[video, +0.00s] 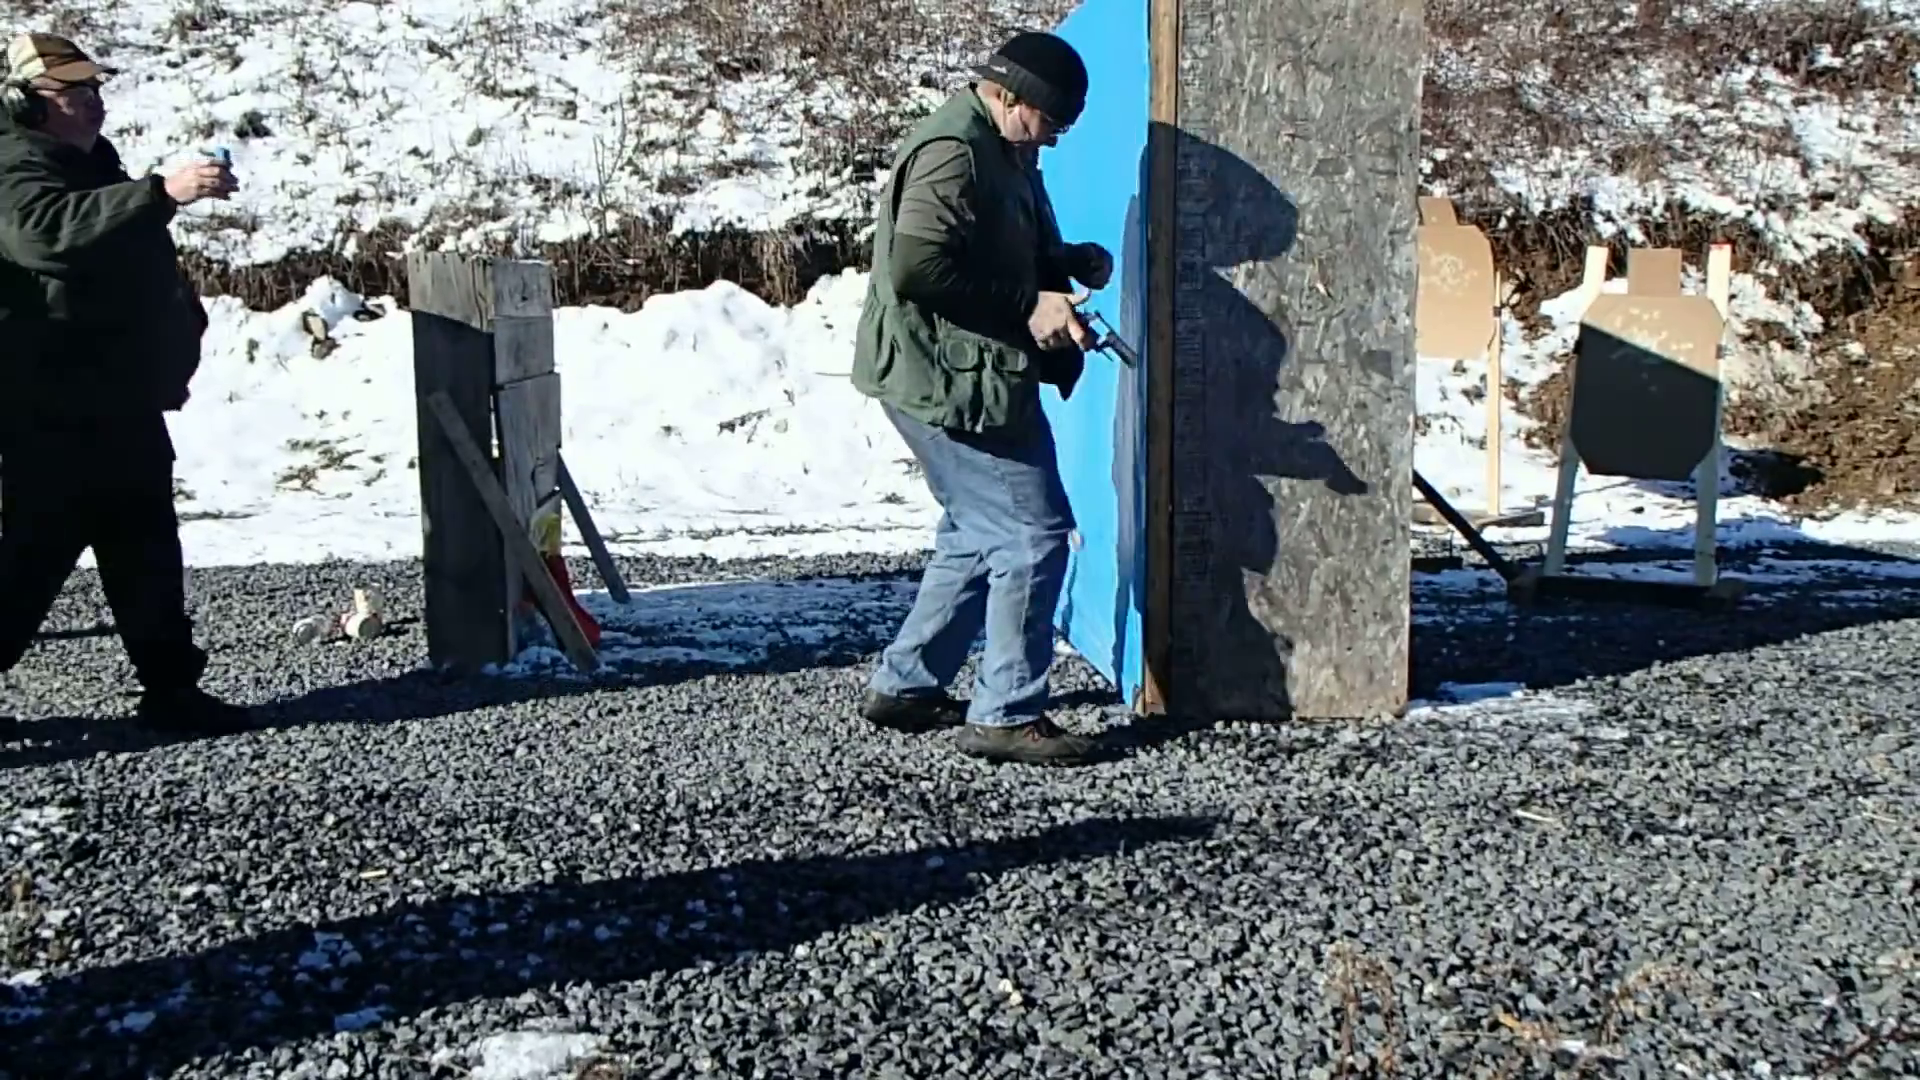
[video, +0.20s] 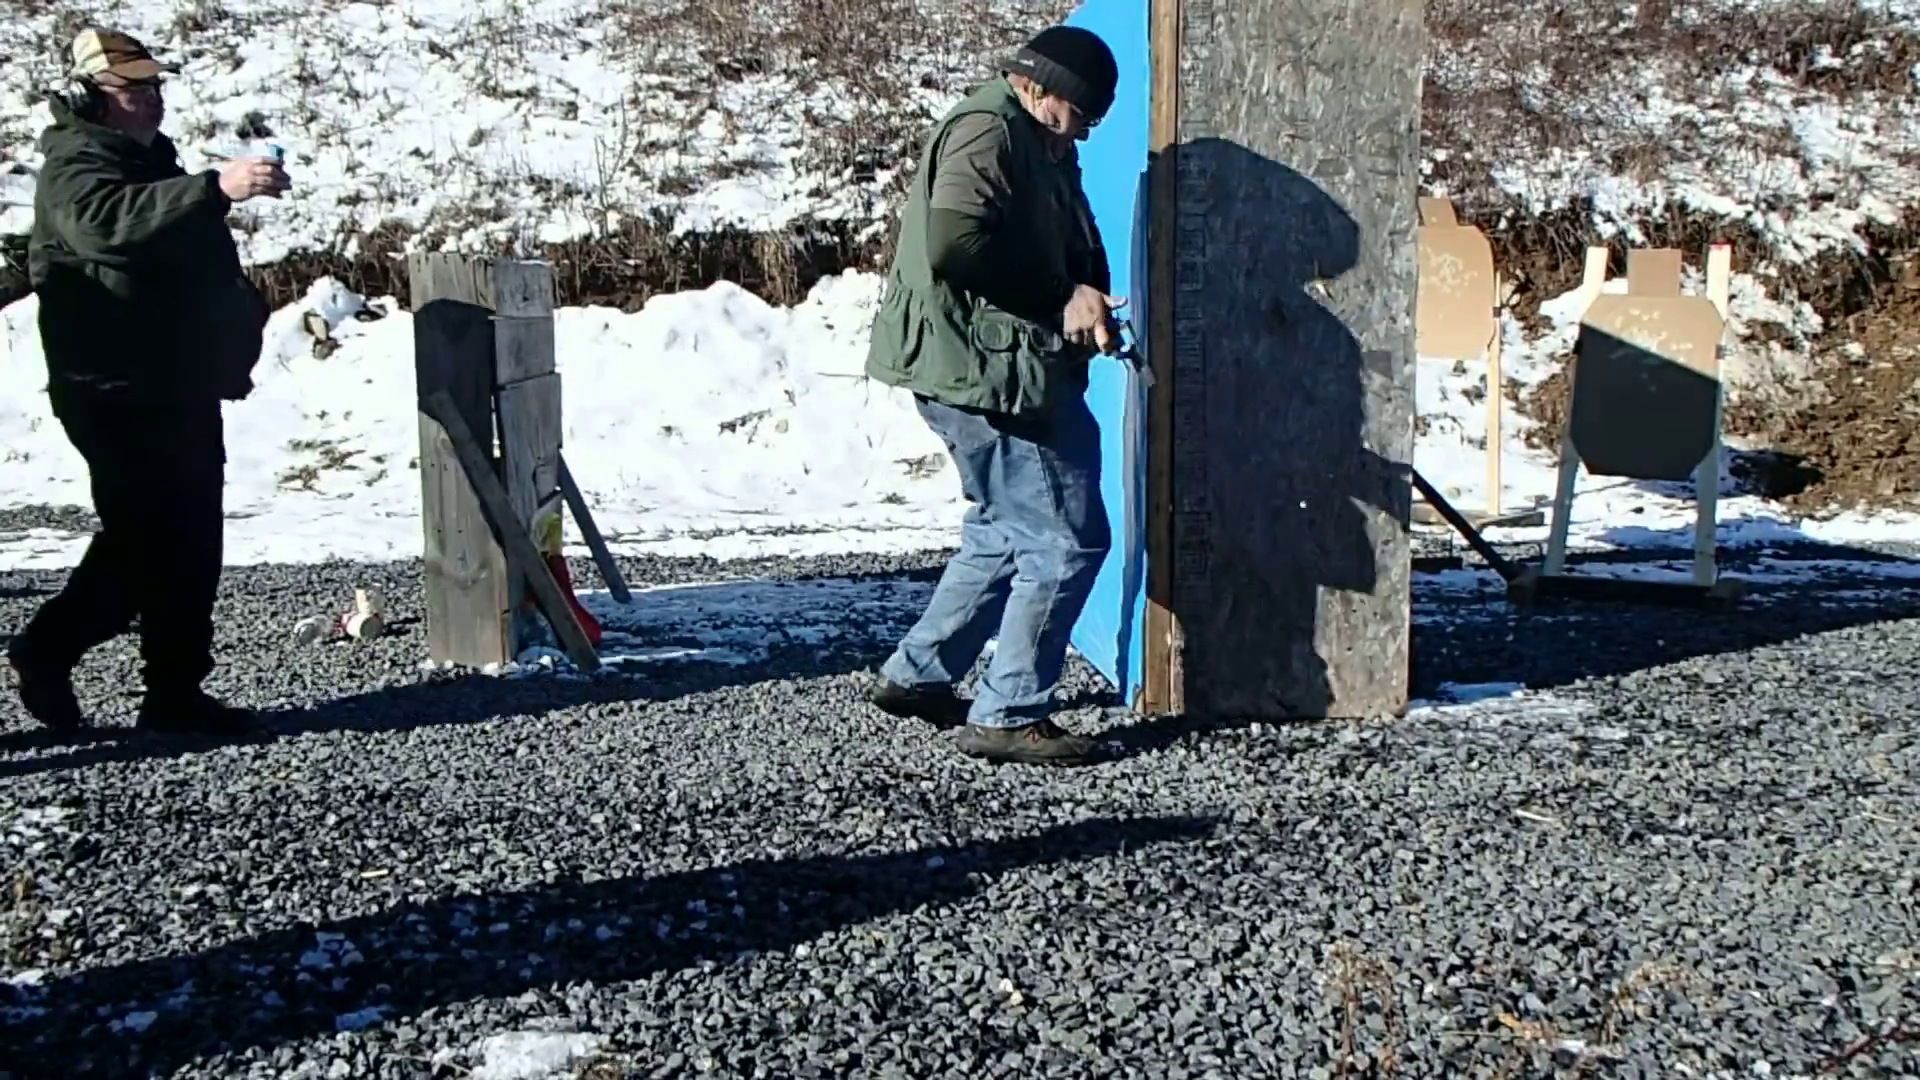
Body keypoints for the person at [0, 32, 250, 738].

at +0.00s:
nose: (97, 104)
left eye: (95, 91)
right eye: (81, 94)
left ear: (79, 100)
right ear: (41, 103)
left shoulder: (101, 164)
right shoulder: (15, 164)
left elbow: (146, 266)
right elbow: (47, 236)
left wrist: (179, 327)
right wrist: (161, 190)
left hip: (124, 399)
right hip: (51, 405)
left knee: (146, 551)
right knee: (30, 561)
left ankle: (172, 691)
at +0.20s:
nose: (157, 100)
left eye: (156, 88)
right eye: (144, 90)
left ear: (138, 95)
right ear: (108, 97)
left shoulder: (156, 159)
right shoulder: (75, 160)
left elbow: (196, 263)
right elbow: (111, 227)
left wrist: (239, 312)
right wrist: (215, 187)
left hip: (180, 383)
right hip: (112, 389)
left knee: (193, 540)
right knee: (142, 538)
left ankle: (176, 697)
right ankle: (43, 653)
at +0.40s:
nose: (209, 100)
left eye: (209, 88)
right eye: (196, 89)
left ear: (190, 96)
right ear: (158, 95)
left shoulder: (196, 155)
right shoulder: (126, 159)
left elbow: (229, 259)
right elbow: (154, 228)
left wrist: (267, 344)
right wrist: (251, 191)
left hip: (213, 380)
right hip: (163, 387)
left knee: (218, 528)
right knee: (201, 531)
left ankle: (212, 683)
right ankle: (204, 691)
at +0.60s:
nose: (261, 107)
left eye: (261, 94)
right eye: (247, 95)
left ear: (234, 99)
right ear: (206, 99)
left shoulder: (245, 165)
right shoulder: (172, 166)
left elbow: (270, 267)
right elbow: (197, 243)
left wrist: (326, 308)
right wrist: (296, 204)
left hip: (255, 388)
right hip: (208, 395)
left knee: (227, 540)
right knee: (277, 534)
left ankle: (176, 687)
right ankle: (344, 686)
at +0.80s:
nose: (311, 102)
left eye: (310, 90)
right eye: (298, 91)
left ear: (282, 101)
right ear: (263, 101)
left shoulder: (291, 162)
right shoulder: (227, 171)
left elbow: (314, 265)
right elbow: (250, 260)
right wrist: (344, 215)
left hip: (314, 393)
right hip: (270, 399)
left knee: (277, 542)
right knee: (331, 543)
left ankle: (187, 673)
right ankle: (375, 704)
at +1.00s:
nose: (373, 90)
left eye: (370, 77)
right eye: (359, 78)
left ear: (338, 89)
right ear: (319, 89)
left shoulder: (351, 155)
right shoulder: (285, 164)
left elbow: (389, 258)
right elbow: (303, 267)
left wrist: (428, 315)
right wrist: (408, 235)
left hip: (372, 383)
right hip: (319, 390)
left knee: (367, 542)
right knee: (362, 543)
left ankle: (247, 636)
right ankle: (383, 708)